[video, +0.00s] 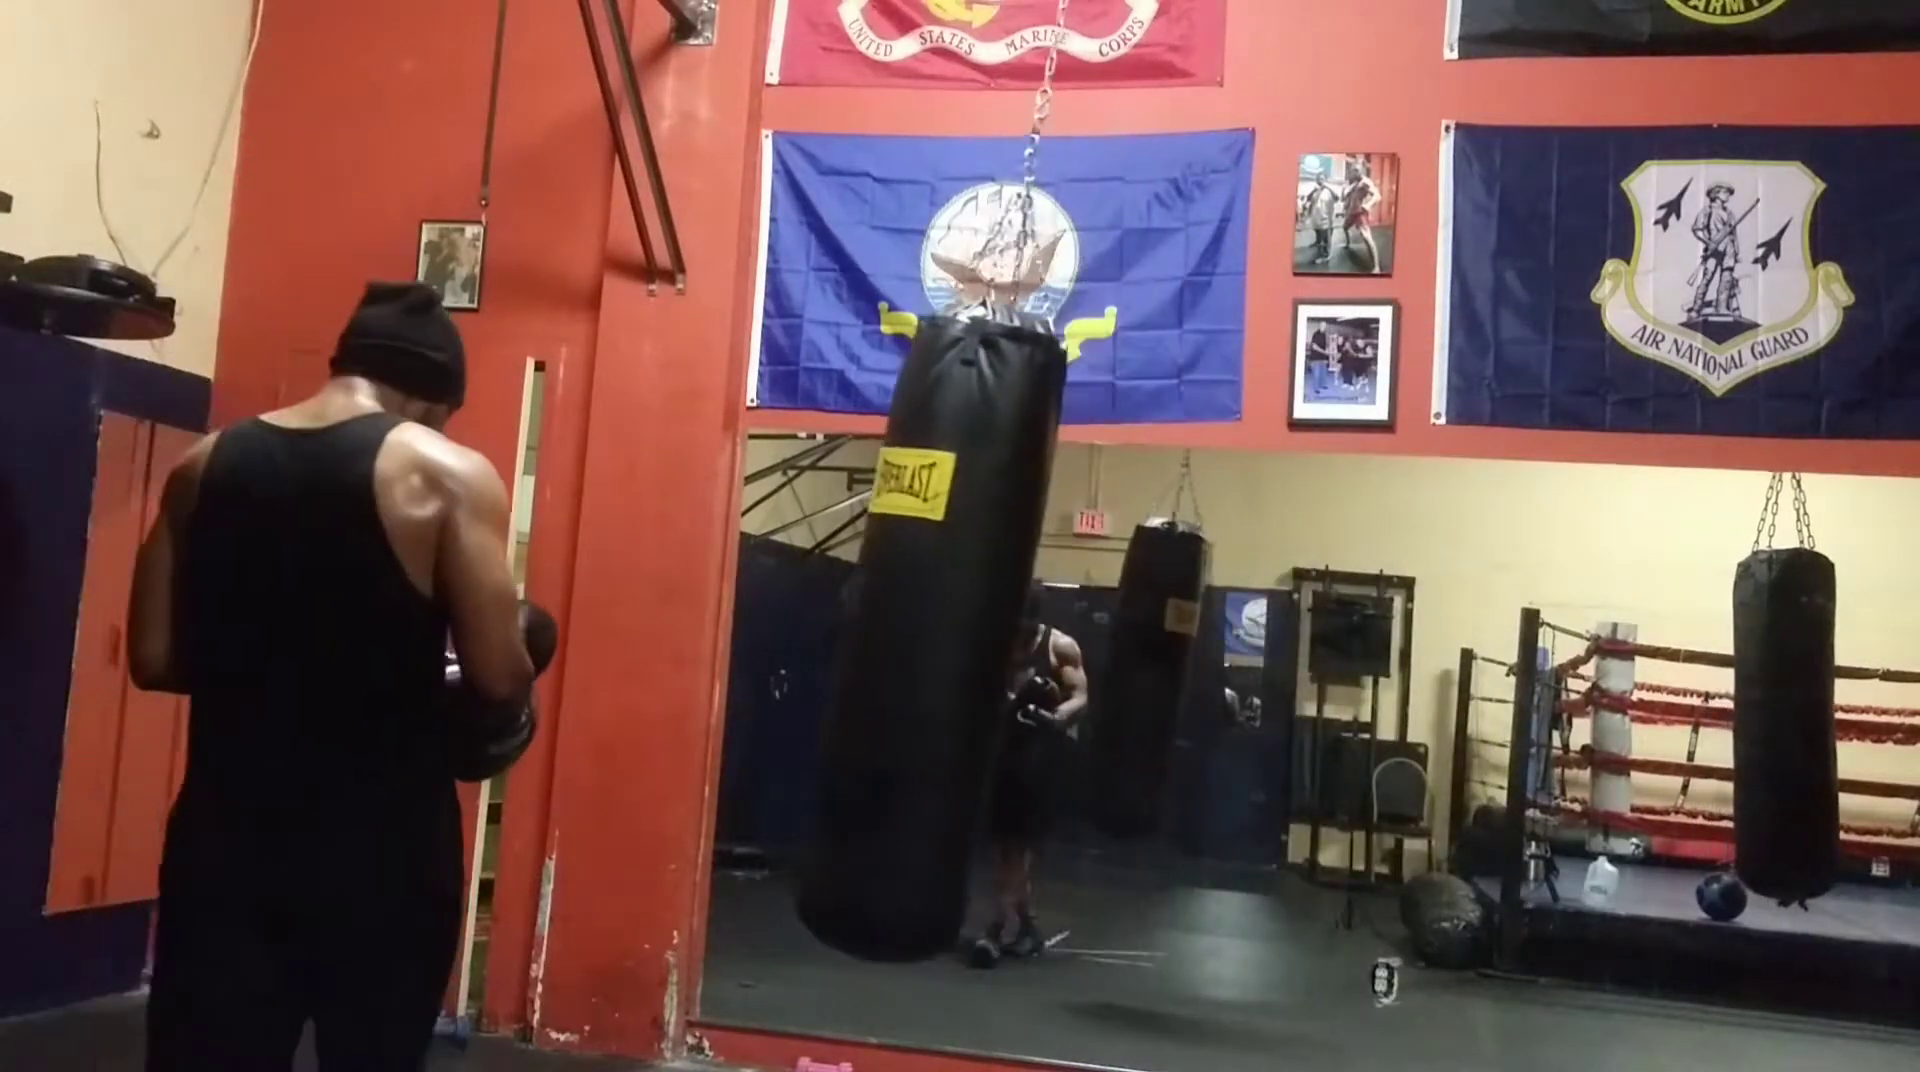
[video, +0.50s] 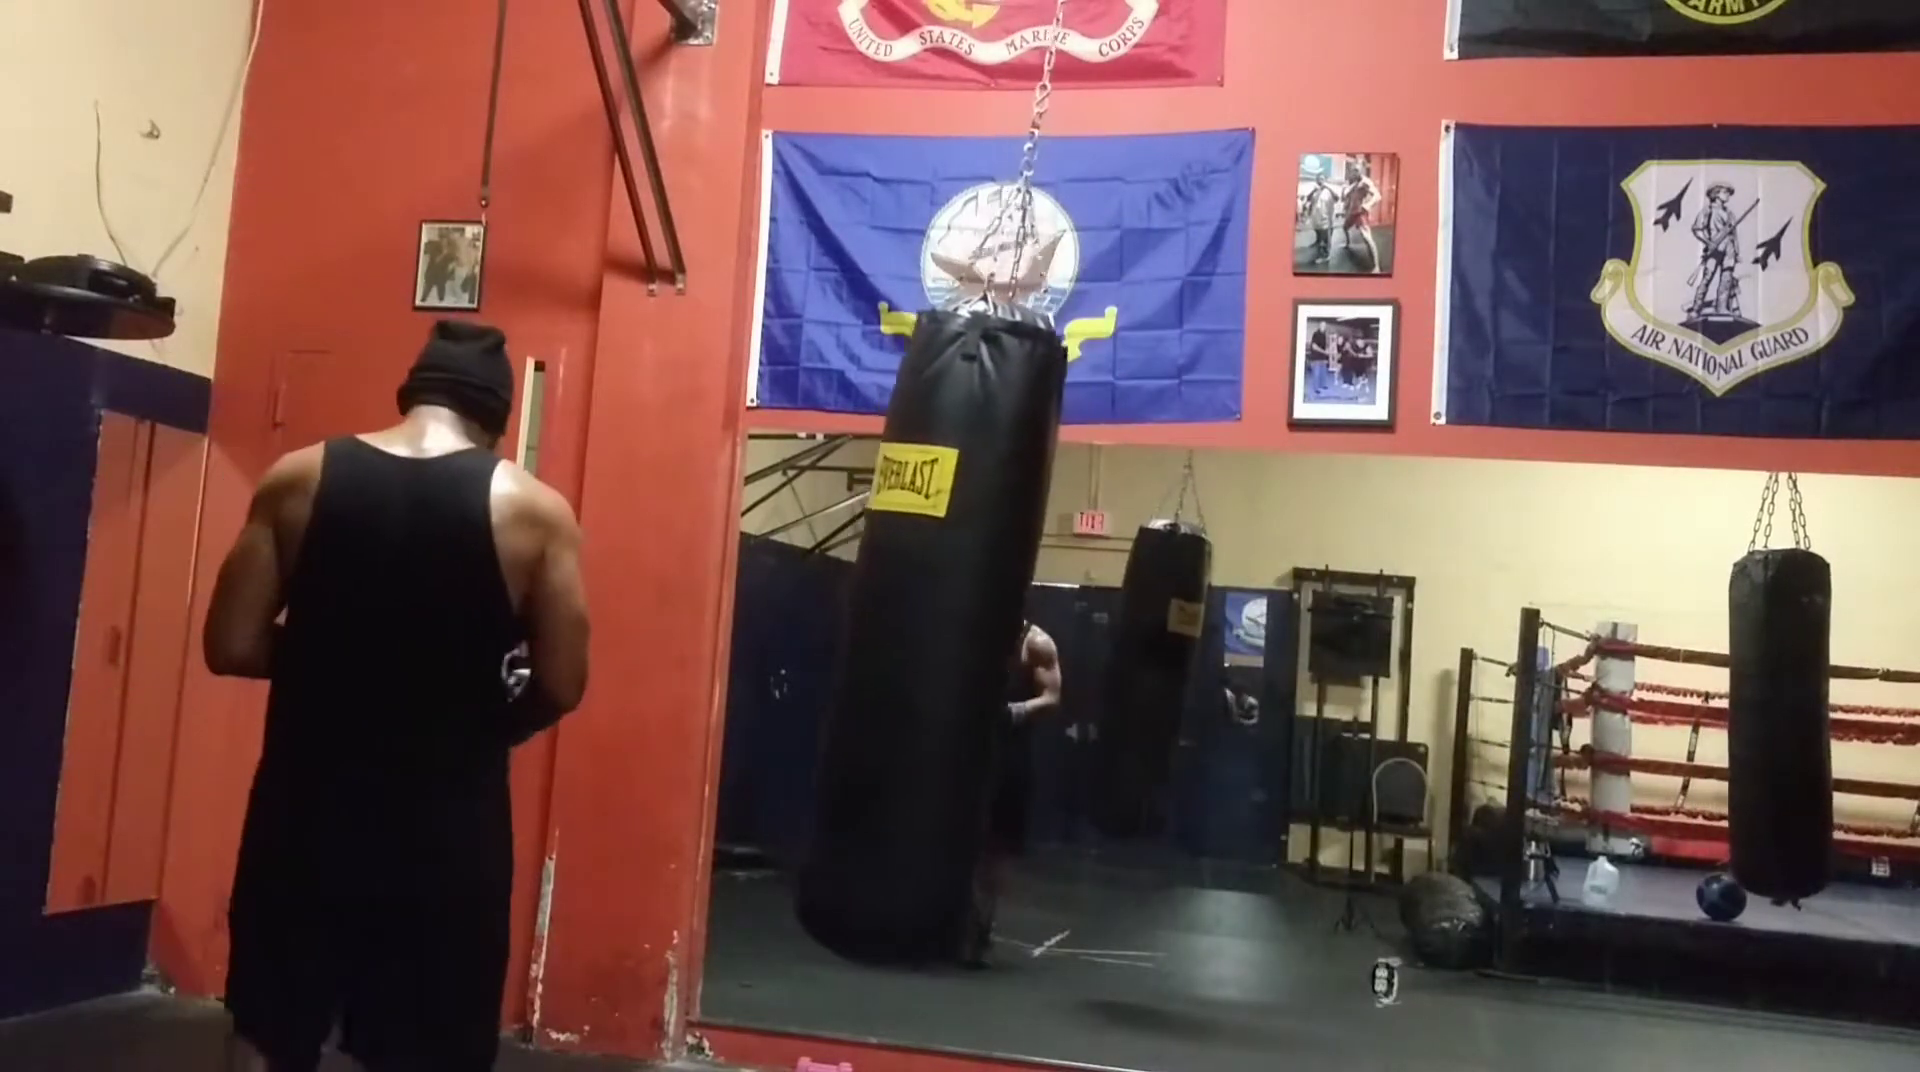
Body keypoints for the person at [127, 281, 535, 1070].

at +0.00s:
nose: (440, 427)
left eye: (441, 416)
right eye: (444, 415)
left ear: (342, 366)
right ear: (434, 400)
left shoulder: (204, 465)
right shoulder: (452, 477)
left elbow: (153, 657)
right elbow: (499, 675)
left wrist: (273, 662)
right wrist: (523, 636)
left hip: (223, 853)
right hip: (383, 866)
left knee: (207, 1055)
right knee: (373, 1054)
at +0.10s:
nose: (452, 441)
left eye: (454, 430)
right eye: (457, 430)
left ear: (361, 379)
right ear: (452, 414)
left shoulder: (225, 471)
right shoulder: (473, 490)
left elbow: (173, 656)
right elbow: (514, 679)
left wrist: (291, 665)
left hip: (239, 851)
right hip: (393, 868)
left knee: (215, 1054)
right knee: (374, 1054)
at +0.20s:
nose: (474, 439)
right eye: (475, 424)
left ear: (378, 379)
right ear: (472, 413)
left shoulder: (250, 467)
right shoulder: (493, 497)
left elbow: (189, 648)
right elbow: (526, 683)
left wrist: (301, 666)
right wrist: (461, 747)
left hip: (255, 851)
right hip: (404, 871)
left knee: (230, 1051)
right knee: (384, 1053)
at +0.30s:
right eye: (487, 414)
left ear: (389, 384)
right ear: (485, 413)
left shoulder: (271, 471)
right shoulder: (513, 504)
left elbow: (204, 647)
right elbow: (543, 684)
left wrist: (318, 662)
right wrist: (468, 732)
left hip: (271, 861)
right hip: (423, 882)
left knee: (239, 1053)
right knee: (407, 1054)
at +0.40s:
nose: (492, 430)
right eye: (493, 416)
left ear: (399, 392)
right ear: (494, 419)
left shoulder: (286, 480)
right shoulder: (525, 512)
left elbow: (220, 653)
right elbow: (557, 688)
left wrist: (330, 660)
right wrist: (473, 730)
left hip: (289, 850)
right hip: (433, 871)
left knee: (268, 1050)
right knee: (416, 1051)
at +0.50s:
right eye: (501, 415)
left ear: (407, 396)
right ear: (501, 420)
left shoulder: (301, 477)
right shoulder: (538, 513)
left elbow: (231, 646)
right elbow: (560, 686)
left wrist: (337, 650)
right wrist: (474, 723)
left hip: (300, 830)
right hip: (443, 851)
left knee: (271, 1044)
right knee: (423, 1052)